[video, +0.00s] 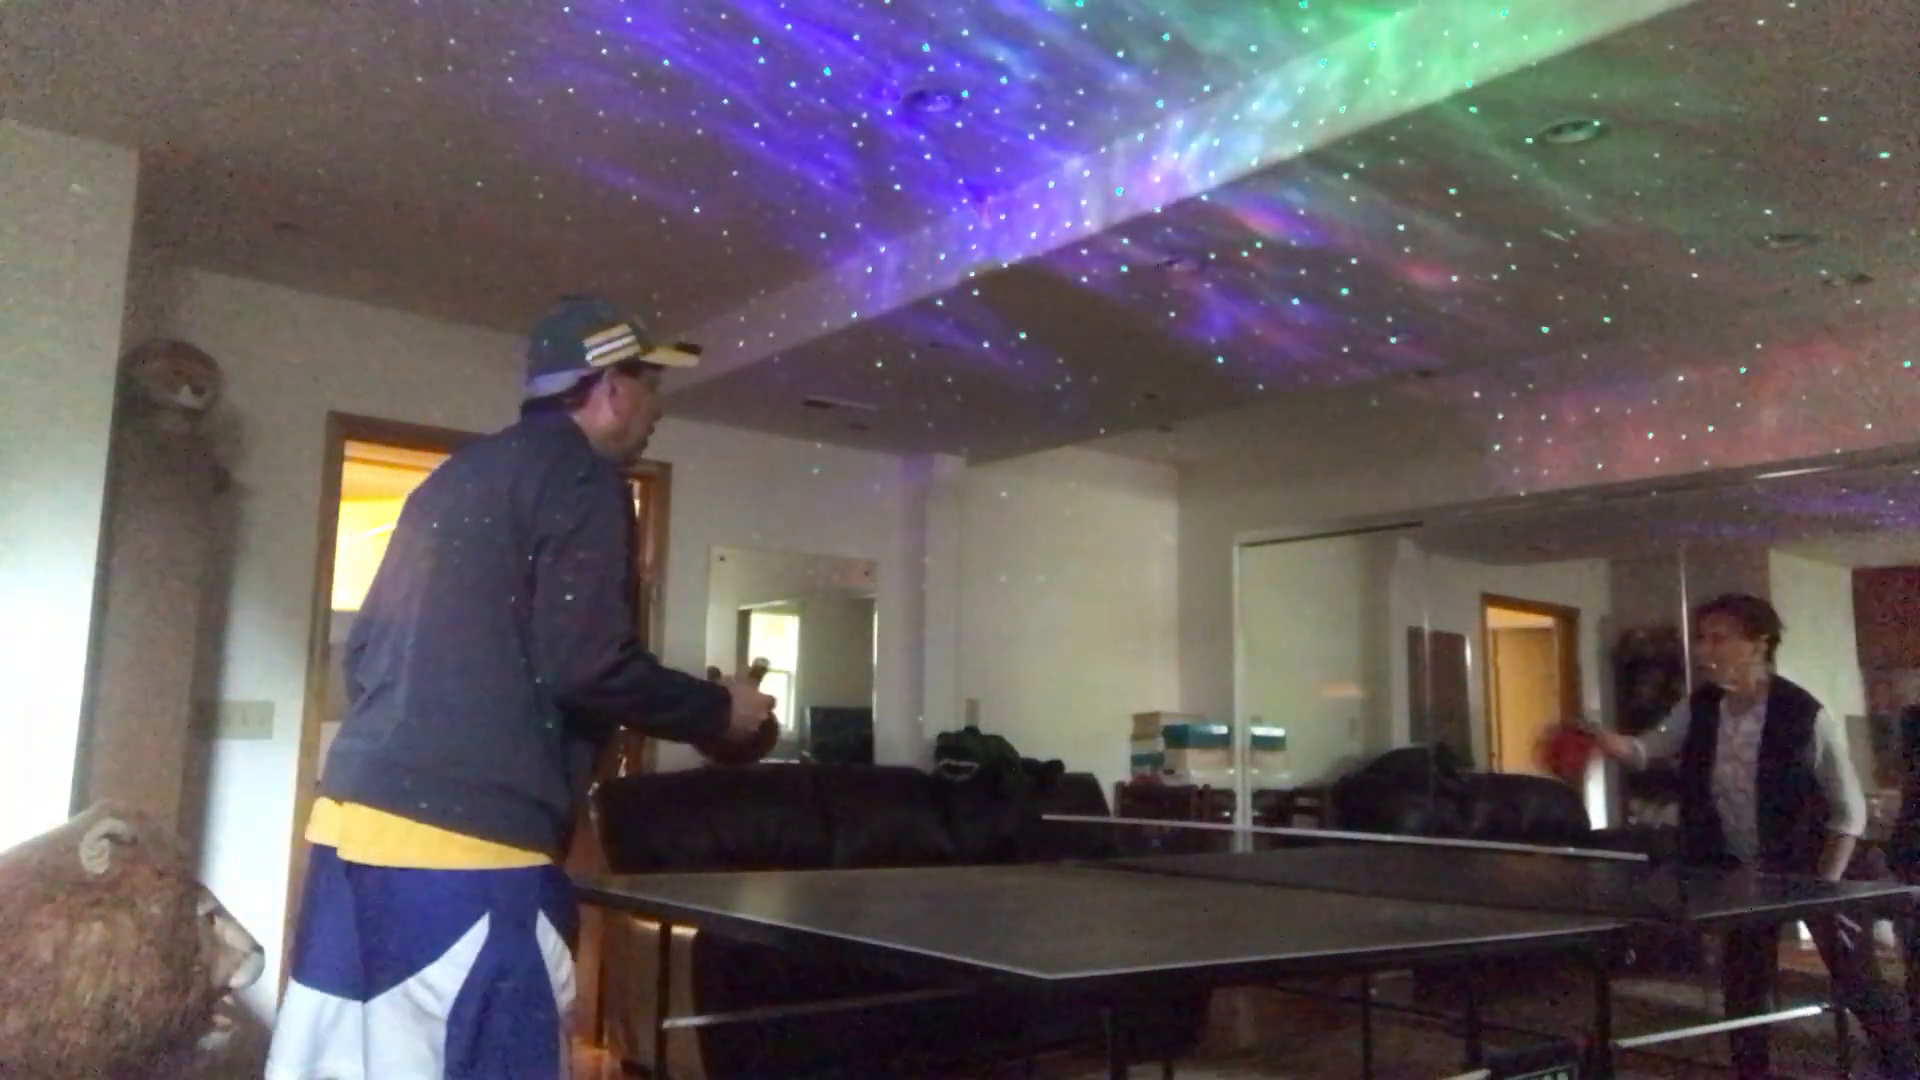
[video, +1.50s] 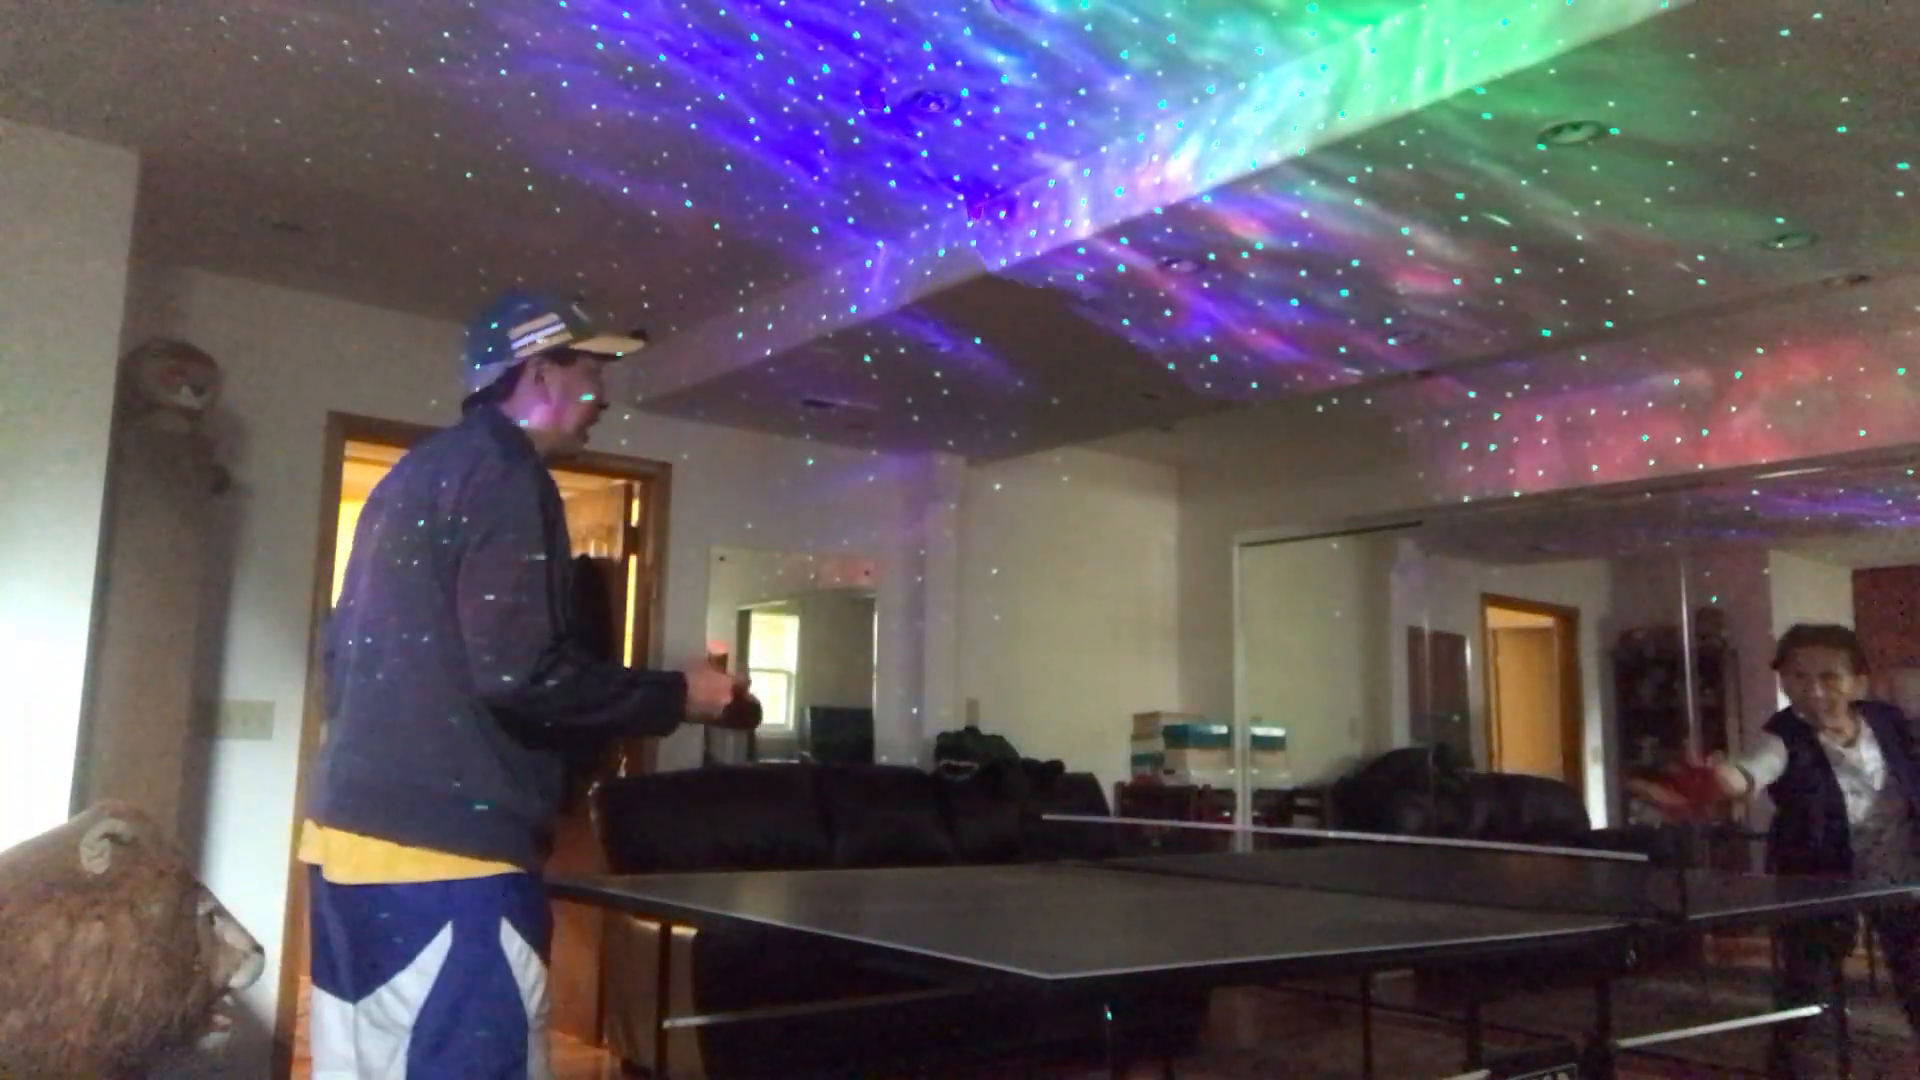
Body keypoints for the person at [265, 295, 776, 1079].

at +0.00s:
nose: (656, 407)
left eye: (654, 387)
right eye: (650, 385)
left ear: (551, 386)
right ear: (608, 389)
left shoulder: (453, 472)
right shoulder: (586, 478)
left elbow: (364, 648)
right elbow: (584, 663)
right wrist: (716, 707)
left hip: (352, 830)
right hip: (472, 844)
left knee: (338, 1060)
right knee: (496, 1064)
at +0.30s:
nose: (684, 471)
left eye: (690, 447)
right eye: (686, 444)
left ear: (580, 424)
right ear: (650, 438)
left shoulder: (455, 484)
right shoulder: (627, 528)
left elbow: (342, 636)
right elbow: (625, 726)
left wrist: (378, 760)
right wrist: (707, 806)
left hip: (322, 830)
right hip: (466, 854)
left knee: (316, 1063)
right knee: (499, 1062)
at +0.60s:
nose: (671, 403)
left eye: (672, 384)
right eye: (666, 383)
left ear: (562, 377)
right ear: (627, 383)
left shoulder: (440, 450)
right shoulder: (637, 490)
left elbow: (290, 548)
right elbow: (718, 656)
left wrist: (220, 709)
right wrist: (825, 595)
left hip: (355, 811)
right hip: (501, 836)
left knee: (308, 1043)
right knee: (510, 1057)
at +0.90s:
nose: (641, 373)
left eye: (638, 352)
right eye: (628, 350)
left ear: (535, 362)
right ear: (582, 361)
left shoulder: (418, 465)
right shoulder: (590, 471)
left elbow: (339, 634)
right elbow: (680, 641)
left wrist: (361, 781)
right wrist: (797, 552)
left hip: (368, 826)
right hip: (504, 839)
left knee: (376, 1066)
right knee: (522, 1063)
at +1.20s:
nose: (622, 377)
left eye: (618, 355)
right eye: (610, 354)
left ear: (542, 366)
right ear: (558, 364)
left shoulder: (416, 465)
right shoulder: (544, 462)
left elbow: (363, 650)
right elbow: (526, 659)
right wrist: (676, 709)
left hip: (366, 831)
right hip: (482, 844)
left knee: (373, 1062)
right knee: (503, 1061)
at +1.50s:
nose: (601, 399)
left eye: (600, 378)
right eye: (592, 376)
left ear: (524, 376)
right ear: (539, 374)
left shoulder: (409, 471)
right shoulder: (508, 477)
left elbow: (343, 642)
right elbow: (517, 670)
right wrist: (677, 695)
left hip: (355, 841)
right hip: (453, 853)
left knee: (363, 1061)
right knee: (472, 1061)